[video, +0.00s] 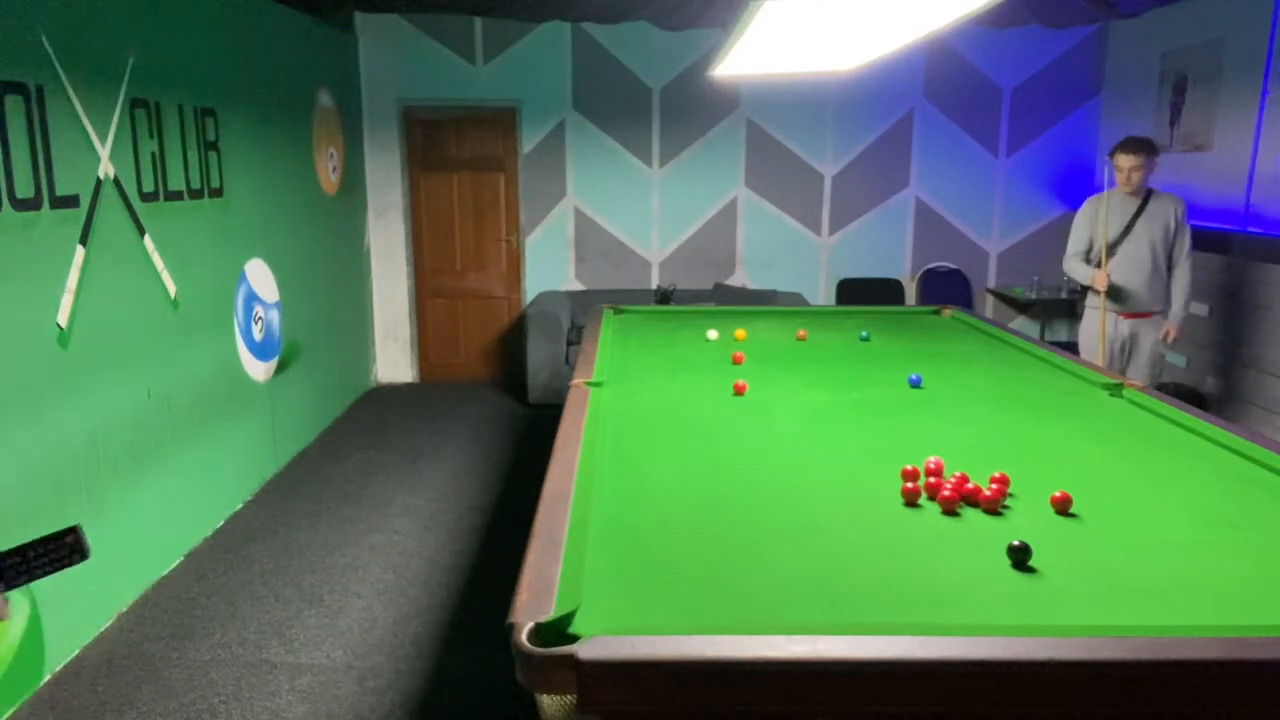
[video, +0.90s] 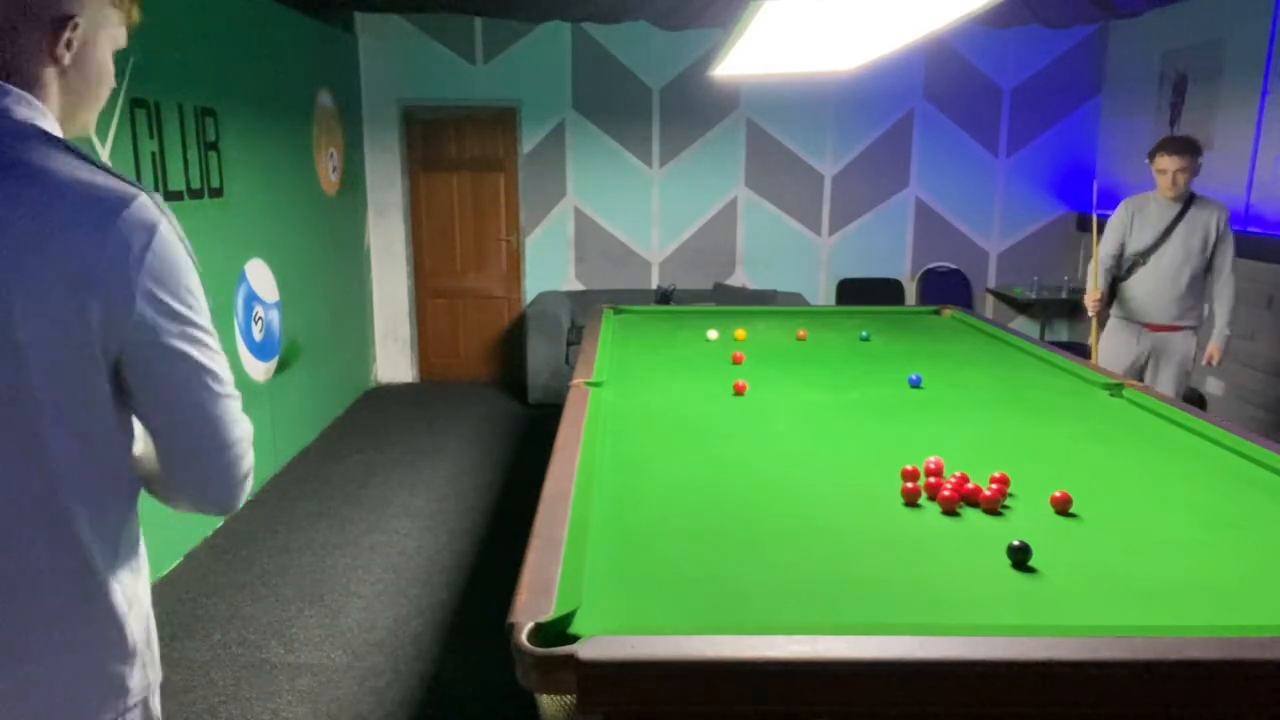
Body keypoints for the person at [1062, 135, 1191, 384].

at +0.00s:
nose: (1126, 178)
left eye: (1135, 170)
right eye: (1119, 170)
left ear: (1152, 168)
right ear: (1113, 167)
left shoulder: (1171, 209)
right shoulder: (1094, 207)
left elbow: (1181, 265)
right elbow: (1071, 260)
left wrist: (1175, 317)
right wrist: (1091, 276)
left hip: (1149, 324)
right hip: (1101, 321)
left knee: (1137, 403)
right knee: (1095, 399)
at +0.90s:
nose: (1171, 180)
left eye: (1180, 172)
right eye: (1163, 172)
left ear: (1195, 171)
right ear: (1153, 171)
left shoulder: (1214, 216)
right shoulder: (1129, 210)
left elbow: (1223, 280)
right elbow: (1103, 258)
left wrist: (1218, 338)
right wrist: (1095, 291)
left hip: (1176, 338)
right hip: (1124, 330)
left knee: (1160, 423)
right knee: (1100, 412)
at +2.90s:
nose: (1161, 189)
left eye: (1171, 181)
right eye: (1159, 180)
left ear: (1202, 175)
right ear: (1156, 176)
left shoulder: (1228, 224)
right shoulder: (1153, 213)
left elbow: (1235, 302)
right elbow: (1127, 276)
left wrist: (1173, 343)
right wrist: (1094, 328)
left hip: (1182, 366)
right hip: (1131, 352)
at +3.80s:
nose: (1119, 190)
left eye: (1126, 181)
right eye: (1114, 182)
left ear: (1154, 170)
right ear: (1110, 179)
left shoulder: (1186, 217)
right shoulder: (1107, 213)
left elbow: (1191, 291)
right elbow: (1087, 273)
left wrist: (1127, 325)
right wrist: (1075, 325)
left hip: (1153, 355)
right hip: (1102, 349)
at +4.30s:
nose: (1140, 194)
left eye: (1151, 185)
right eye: (1133, 183)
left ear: (1176, 177)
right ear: (1128, 177)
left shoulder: (1204, 224)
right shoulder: (1111, 215)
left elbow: (1217, 294)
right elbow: (1087, 274)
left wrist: (1176, 339)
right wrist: (1078, 325)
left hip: (1167, 363)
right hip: (1110, 354)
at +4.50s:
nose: (1177, 194)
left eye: (1190, 185)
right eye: (1170, 183)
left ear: (1214, 179)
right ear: (1164, 176)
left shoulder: (1238, 228)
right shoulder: (1143, 215)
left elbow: (1251, 297)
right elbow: (1112, 275)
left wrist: (1198, 329)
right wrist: (1100, 329)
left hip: (1194, 366)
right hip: (1136, 357)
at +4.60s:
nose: (1208, 198)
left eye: (1221, 188)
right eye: (1200, 185)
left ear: (1242, 183)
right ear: (1192, 177)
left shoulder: (1263, 228)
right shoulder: (1165, 217)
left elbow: (1272, 298)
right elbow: (1132, 277)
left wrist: (1215, 286)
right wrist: (1121, 329)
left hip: (1212, 369)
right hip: (1150, 359)